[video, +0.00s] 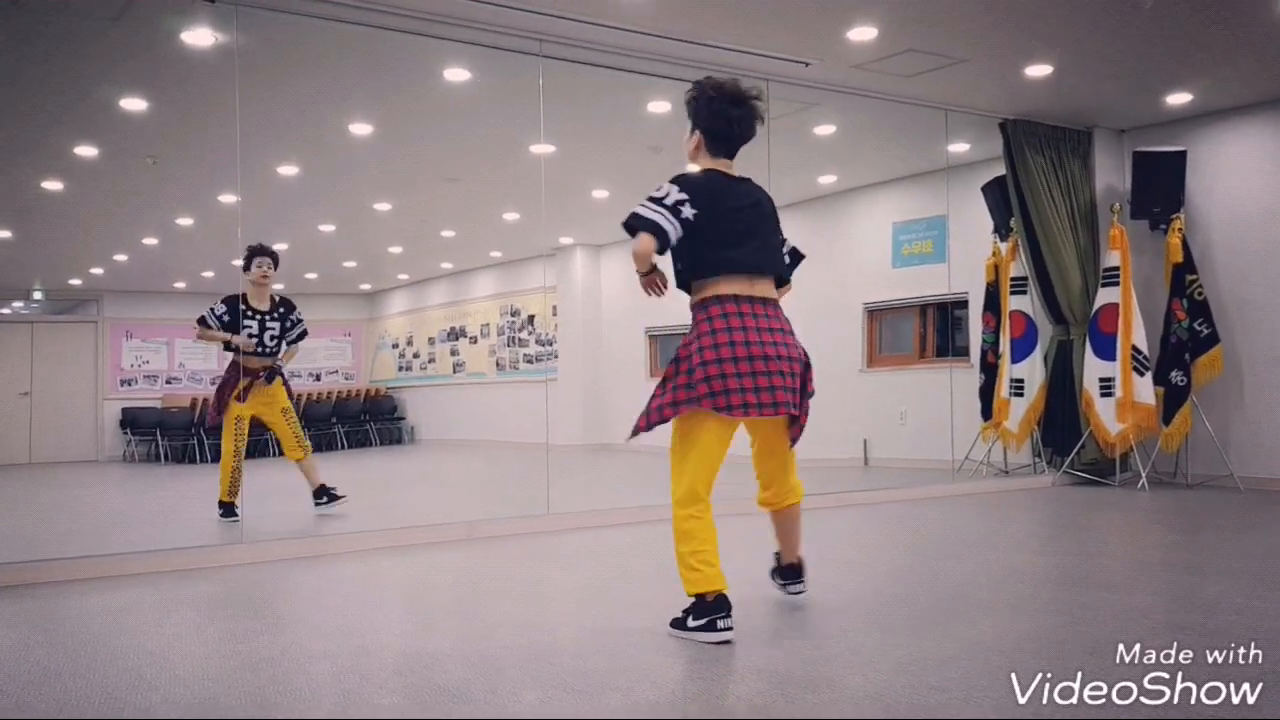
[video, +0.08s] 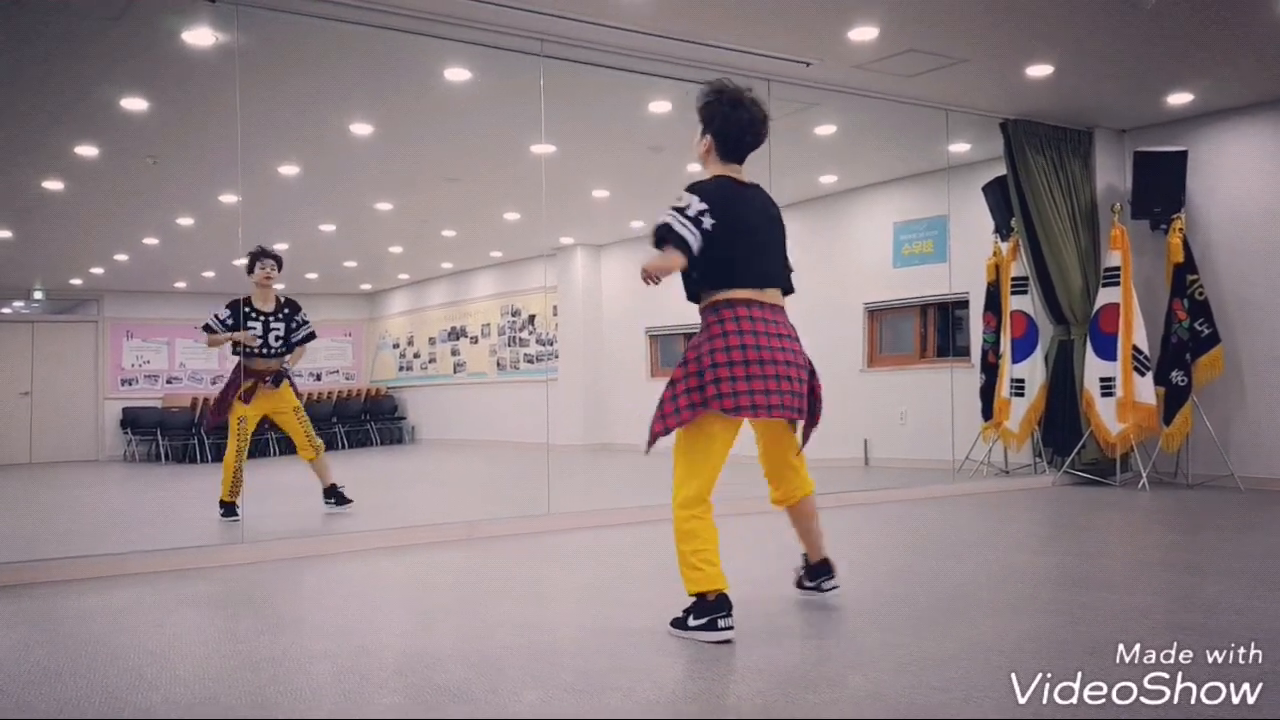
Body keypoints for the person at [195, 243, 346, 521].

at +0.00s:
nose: (265, 271)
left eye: (270, 267)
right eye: (259, 266)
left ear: (275, 273)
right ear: (247, 271)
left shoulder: (284, 307)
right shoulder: (232, 304)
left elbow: (294, 345)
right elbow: (201, 331)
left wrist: (278, 366)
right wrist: (232, 338)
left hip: (272, 383)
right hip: (239, 383)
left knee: (295, 435)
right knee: (233, 447)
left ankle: (319, 490)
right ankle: (227, 502)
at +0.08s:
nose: (268, 272)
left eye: (273, 268)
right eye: (262, 268)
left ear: (278, 275)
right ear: (251, 273)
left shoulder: (289, 307)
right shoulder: (237, 308)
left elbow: (302, 344)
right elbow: (210, 339)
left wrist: (287, 366)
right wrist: (233, 336)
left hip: (280, 385)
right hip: (247, 386)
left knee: (308, 437)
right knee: (237, 448)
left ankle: (330, 490)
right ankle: (228, 501)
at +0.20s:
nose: (282, 272)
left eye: (286, 268)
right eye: (276, 267)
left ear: (293, 274)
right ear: (266, 274)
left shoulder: (307, 304)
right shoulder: (256, 310)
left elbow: (324, 339)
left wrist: (309, 366)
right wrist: (245, 338)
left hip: (300, 381)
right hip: (267, 383)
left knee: (324, 441)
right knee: (245, 442)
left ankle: (338, 489)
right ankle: (231, 498)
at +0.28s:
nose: (291, 269)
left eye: (295, 265)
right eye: (285, 265)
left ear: (301, 270)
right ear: (275, 271)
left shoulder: (314, 298)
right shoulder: (267, 308)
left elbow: (337, 329)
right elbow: (265, 349)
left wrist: (324, 358)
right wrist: (252, 337)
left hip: (312, 375)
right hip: (280, 376)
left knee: (328, 438)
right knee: (254, 438)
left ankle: (338, 490)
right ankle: (237, 496)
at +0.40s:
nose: (309, 265)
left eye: (313, 260)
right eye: (303, 260)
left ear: (319, 265)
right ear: (292, 266)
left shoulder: (333, 291)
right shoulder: (286, 305)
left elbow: (363, 314)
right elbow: (280, 344)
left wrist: (354, 343)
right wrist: (269, 328)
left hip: (335, 368)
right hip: (303, 370)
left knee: (338, 434)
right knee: (286, 434)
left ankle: (341, 489)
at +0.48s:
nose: (317, 264)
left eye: (321, 259)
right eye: (311, 259)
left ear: (327, 264)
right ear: (301, 264)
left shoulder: (341, 289)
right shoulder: (292, 302)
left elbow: (373, 308)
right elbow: (283, 340)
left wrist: (365, 334)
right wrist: (277, 322)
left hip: (343, 366)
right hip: (311, 368)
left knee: (342, 431)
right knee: (302, 431)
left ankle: (342, 488)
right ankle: (307, 485)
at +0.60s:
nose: (332, 266)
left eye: (336, 261)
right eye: (326, 261)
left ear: (341, 265)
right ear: (315, 266)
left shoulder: (353, 294)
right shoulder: (305, 299)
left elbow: (381, 314)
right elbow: (288, 334)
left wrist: (379, 328)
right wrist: (296, 321)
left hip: (354, 366)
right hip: (323, 369)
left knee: (352, 433)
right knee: (331, 435)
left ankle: (346, 486)